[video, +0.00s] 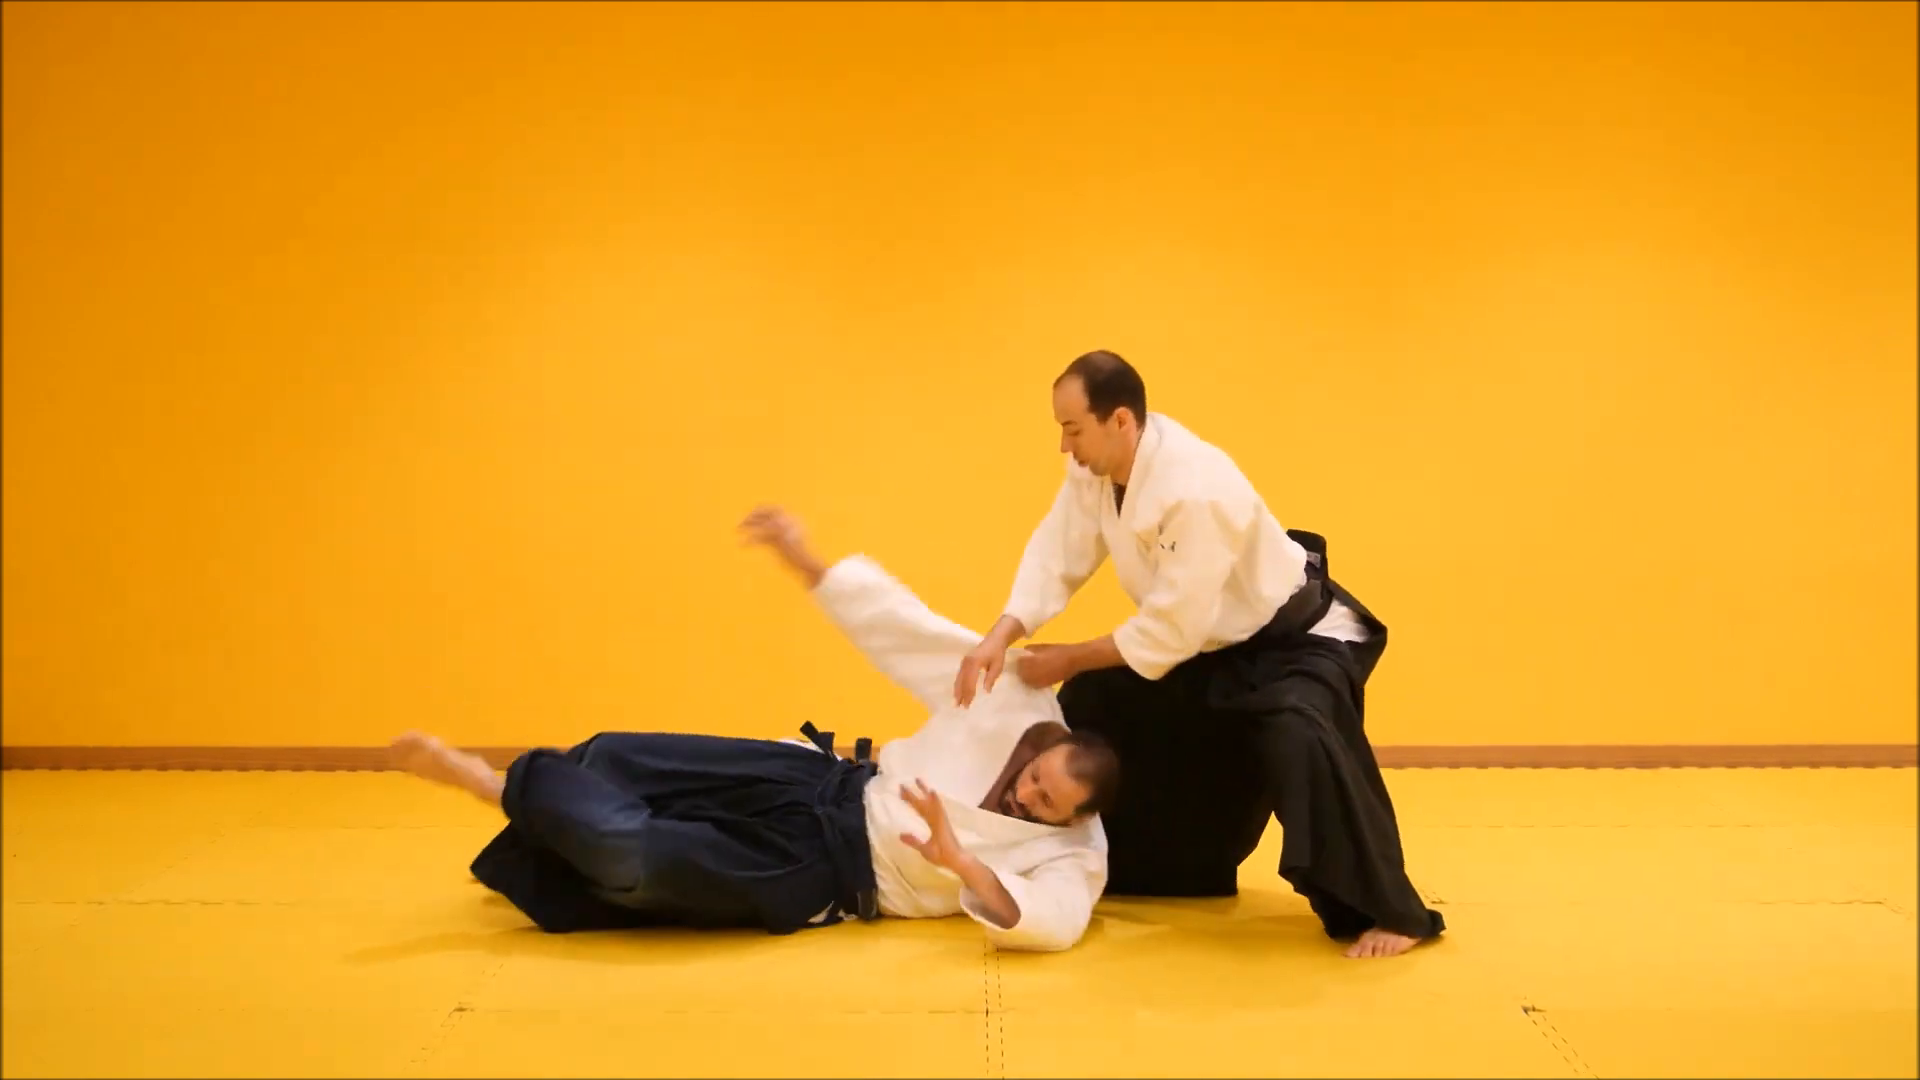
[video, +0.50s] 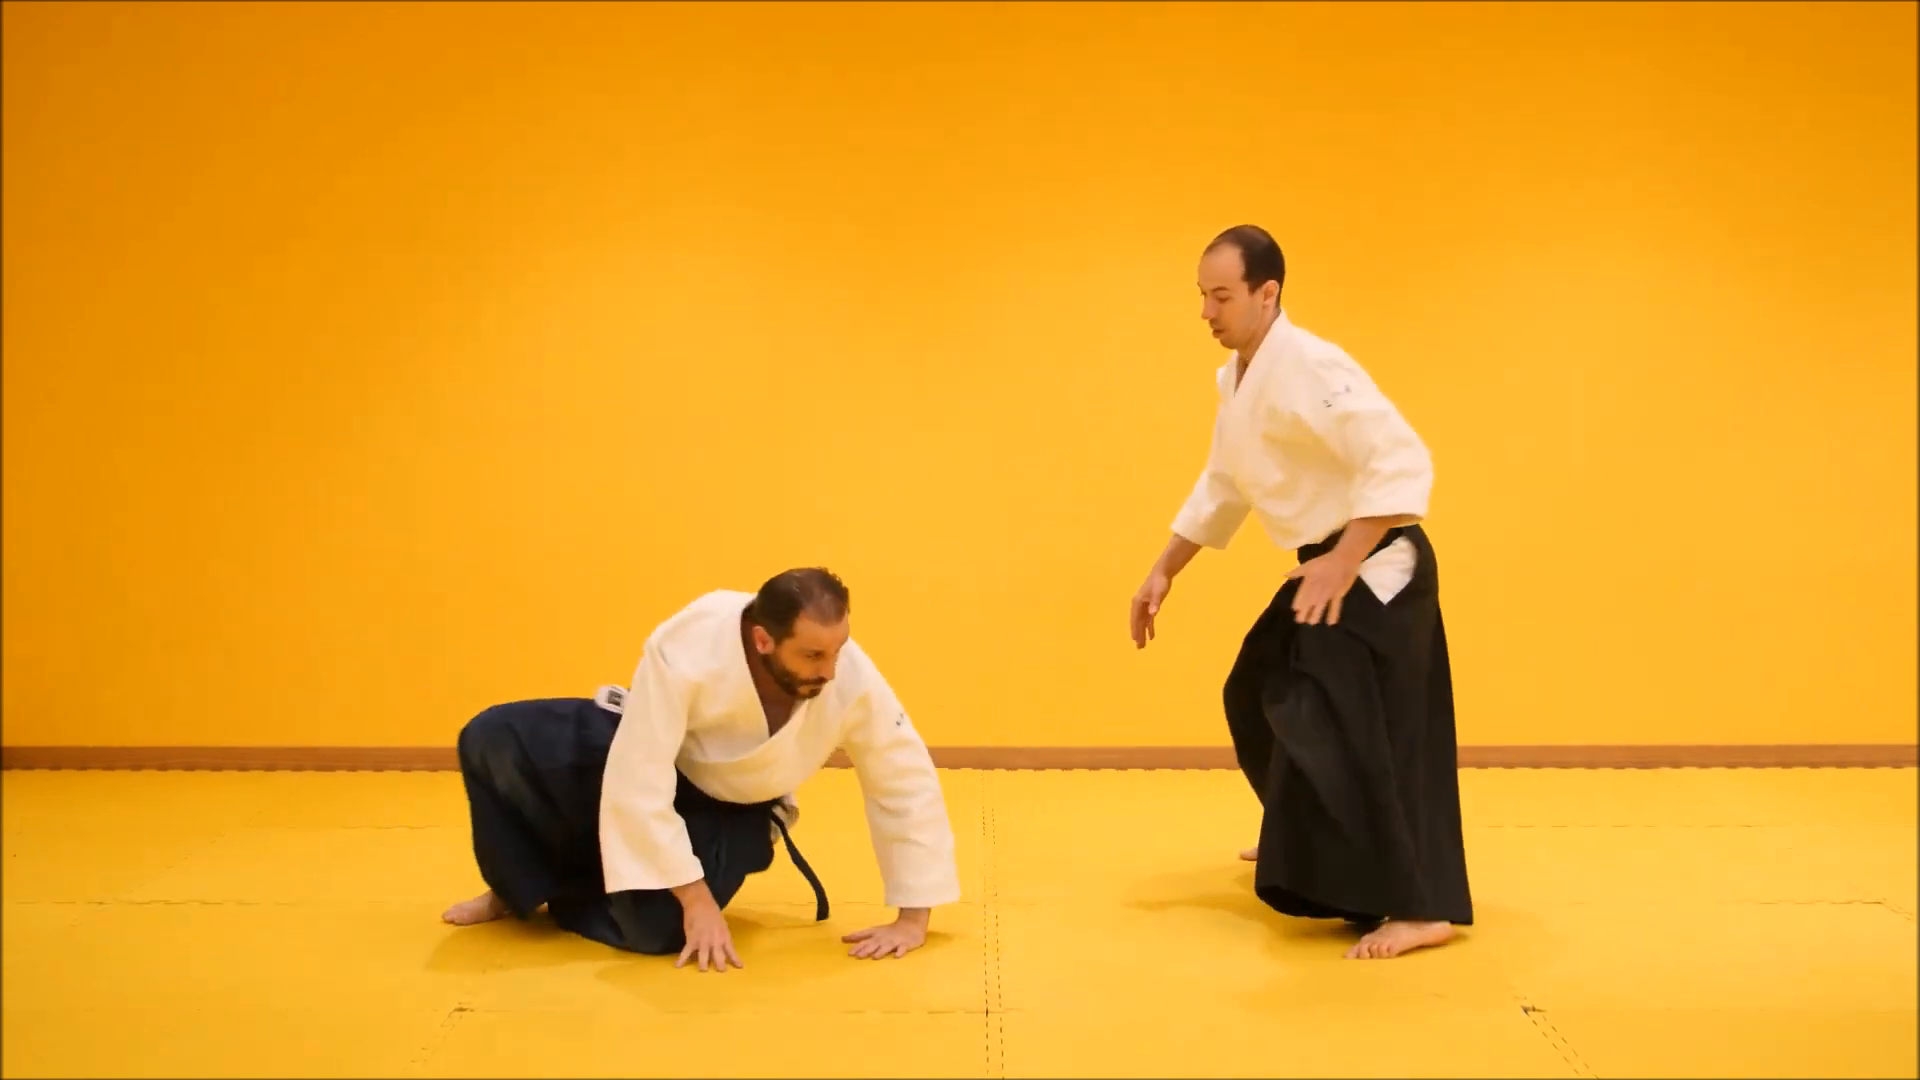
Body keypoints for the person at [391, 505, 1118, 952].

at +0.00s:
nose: (1033, 796)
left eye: (1055, 804)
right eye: (1038, 776)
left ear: (1086, 809)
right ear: (1045, 738)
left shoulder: (1074, 852)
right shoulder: (1004, 693)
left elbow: (1043, 923)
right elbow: (910, 632)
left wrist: (958, 862)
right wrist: (810, 563)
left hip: (824, 874)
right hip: (811, 779)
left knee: (633, 851)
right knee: (606, 762)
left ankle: (501, 781)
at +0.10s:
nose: (968, 764)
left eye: (987, 763)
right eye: (964, 746)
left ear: (1027, 754)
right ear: (965, 708)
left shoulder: (1040, 805)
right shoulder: (937, 677)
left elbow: (1056, 911)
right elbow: (825, 672)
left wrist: (954, 903)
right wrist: (697, 682)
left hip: (820, 868)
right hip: (790, 779)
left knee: (656, 862)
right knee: (603, 775)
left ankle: (484, 868)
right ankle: (501, 894)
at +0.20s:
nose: (896, 725)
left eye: (916, 719)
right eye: (889, 706)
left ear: (955, 705)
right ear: (878, 669)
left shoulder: (996, 764)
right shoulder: (836, 655)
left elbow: (1041, 877)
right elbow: (743, 713)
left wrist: (953, 918)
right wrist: (668, 788)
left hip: (822, 860)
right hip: (766, 777)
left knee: (663, 873)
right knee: (609, 734)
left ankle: (516, 897)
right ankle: (518, 886)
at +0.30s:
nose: (855, 707)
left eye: (874, 694)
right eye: (843, 688)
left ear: (901, 671)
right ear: (818, 653)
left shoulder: (945, 721)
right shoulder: (756, 655)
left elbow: (997, 833)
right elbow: (674, 741)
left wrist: (925, 921)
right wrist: (696, 858)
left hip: (802, 853)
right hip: (733, 780)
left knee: (652, 917)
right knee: (593, 699)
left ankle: (551, 891)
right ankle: (541, 861)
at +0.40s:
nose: (836, 691)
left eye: (848, 674)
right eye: (821, 675)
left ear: (862, 654)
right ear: (776, 648)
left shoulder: (885, 696)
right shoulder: (704, 669)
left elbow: (946, 801)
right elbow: (636, 784)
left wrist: (916, 919)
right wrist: (696, 898)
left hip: (777, 834)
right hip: (698, 778)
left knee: (651, 924)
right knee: (556, 713)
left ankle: (565, 888)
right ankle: (536, 876)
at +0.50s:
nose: (825, 673)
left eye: (834, 657)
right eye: (810, 661)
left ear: (843, 636)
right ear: (760, 639)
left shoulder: (852, 679)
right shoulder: (687, 652)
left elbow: (906, 780)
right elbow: (634, 784)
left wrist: (913, 918)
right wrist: (696, 901)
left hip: (734, 807)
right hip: (650, 746)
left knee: (668, 926)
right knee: (494, 741)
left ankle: (552, 886)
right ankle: (519, 887)